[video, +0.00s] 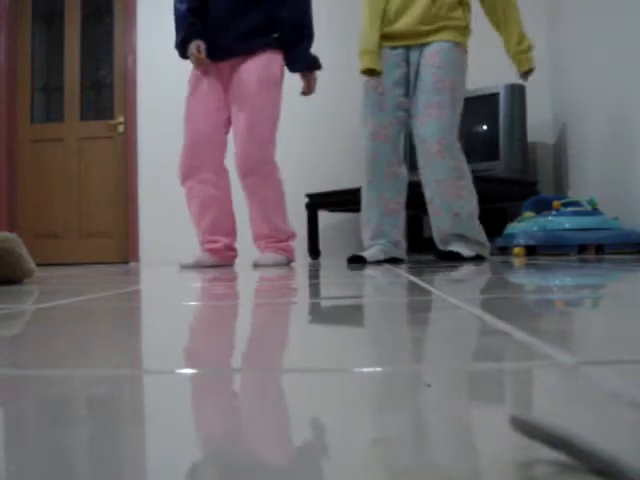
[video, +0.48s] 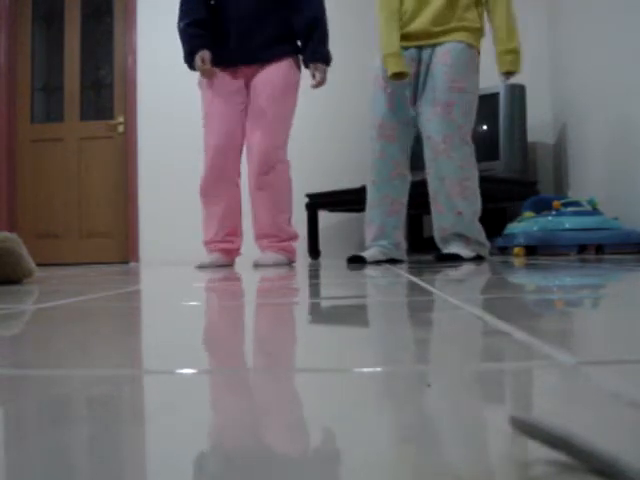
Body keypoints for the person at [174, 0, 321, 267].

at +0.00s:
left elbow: (295, 5)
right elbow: (184, 4)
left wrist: (302, 57)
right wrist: (190, 38)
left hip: (258, 56)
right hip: (208, 60)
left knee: (254, 159)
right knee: (199, 162)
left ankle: (276, 248)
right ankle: (217, 250)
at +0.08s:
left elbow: (291, 5)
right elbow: (182, 3)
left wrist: (296, 58)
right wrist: (187, 32)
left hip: (259, 53)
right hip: (207, 56)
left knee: (255, 156)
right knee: (200, 159)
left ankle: (275, 248)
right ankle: (218, 249)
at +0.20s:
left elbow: (296, 4)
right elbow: (184, 4)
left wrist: (300, 58)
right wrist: (186, 39)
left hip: (264, 54)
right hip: (210, 58)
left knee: (257, 154)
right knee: (199, 159)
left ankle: (275, 248)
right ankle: (218, 249)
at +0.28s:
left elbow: (299, 2)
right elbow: (186, 3)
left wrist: (303, 51)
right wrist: (190, 39)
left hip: (267, 53)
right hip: (212, 56)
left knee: (259, 153)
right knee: (202, 158)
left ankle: (275, 248)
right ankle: (218, 249)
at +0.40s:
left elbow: (307, 3)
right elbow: (189, 5)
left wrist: (313, 49)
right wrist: (196, 43)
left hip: (274, 55)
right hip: (219, 58)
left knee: (266, 153)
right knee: (218, 155)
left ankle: (276, 248)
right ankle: (220, 249)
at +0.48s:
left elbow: (309, 2)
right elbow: (191, 4)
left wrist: (316, 49)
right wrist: (197, 45)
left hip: (276, 56)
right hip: (220, 58)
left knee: (267, 155)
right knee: (219, 157)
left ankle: (276, 248)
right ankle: (221, 248)